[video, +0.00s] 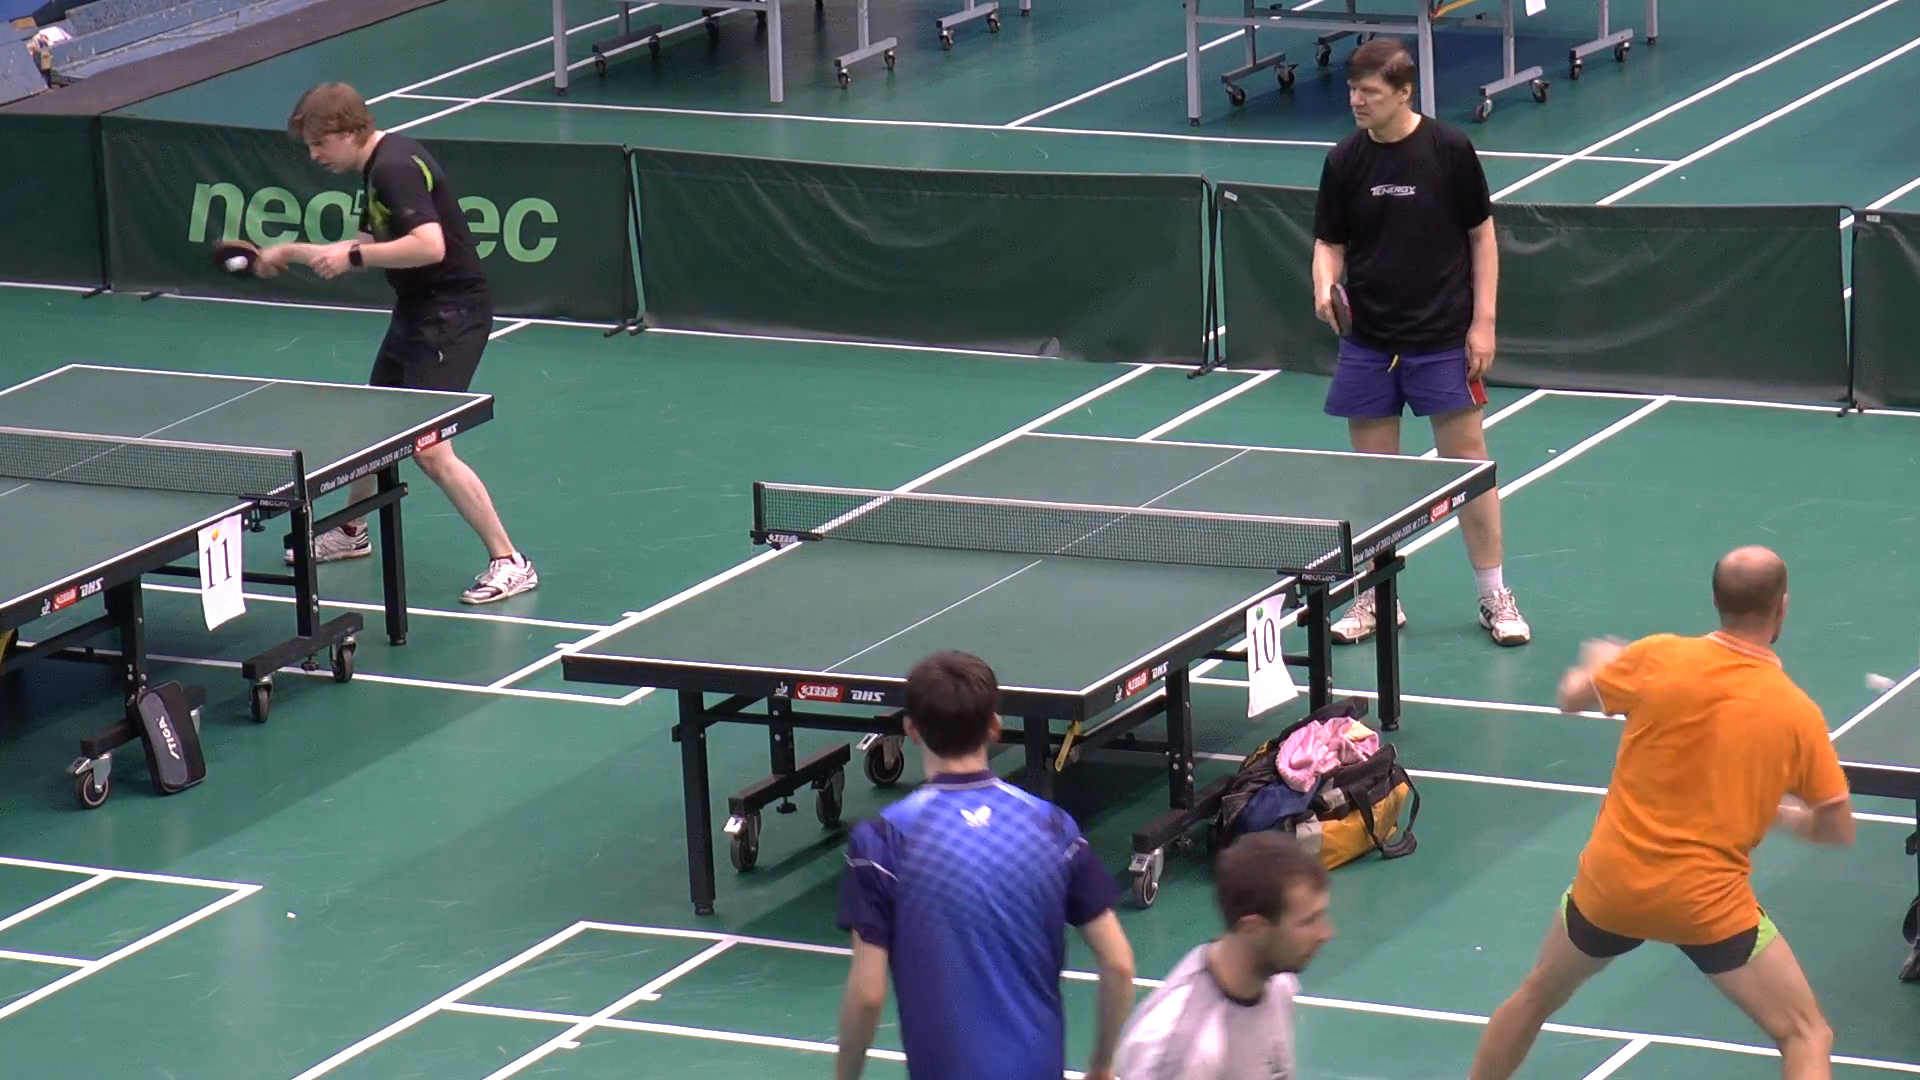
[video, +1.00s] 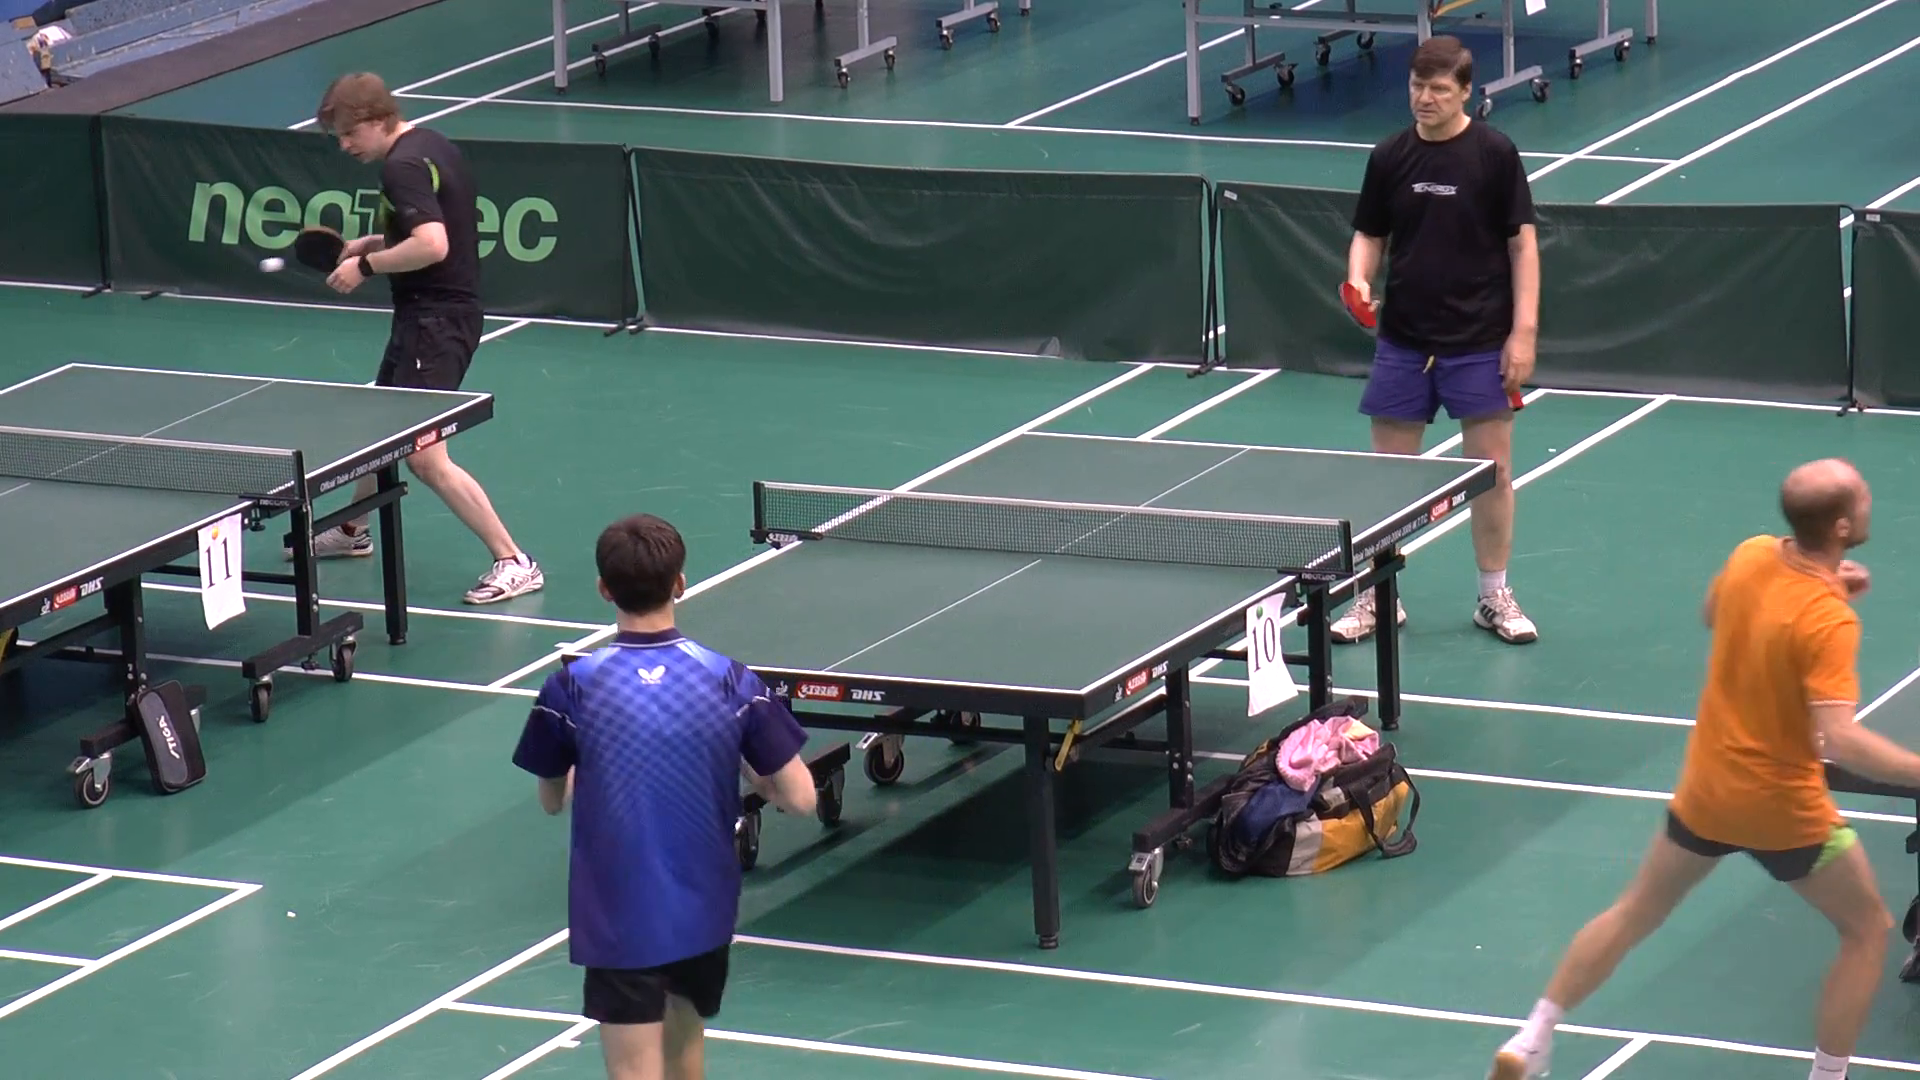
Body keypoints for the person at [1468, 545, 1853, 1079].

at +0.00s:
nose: (1786, 599)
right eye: (1786, 592)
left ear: (1716, 599)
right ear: (1781, 604)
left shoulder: (1658, 657)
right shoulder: (1797, 712)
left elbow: (1570, 698)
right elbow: (1837, 830)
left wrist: (1594, 664)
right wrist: (1774, 805)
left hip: (1610, 883)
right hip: (1706, 900)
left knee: (1534, 997)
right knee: (1805, 1033)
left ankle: (1479, 1076)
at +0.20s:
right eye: (1769, 609)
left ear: (1704, 614)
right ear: (1767, 619)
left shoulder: (1677, 657)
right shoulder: (1797, 690)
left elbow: (1642, 681)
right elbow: (1890, 686)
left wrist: (1550, 696)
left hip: (1612, 890)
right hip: (1707, 904)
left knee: (1525, 991)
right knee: (1785, 1053)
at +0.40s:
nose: (1733, 552)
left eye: (1731, 543)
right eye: (1732, 543)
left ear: (1661, 555)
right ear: (1721, 554)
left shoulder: (1616, 618)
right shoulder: (1756, 644)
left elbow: (1591, 715)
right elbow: (1839, 750)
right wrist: (1915, 778)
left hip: (1593, 835)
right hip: (1681, 850)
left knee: (1561, 953)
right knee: (1767, 1008)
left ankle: (1483, 1054)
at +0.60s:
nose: (1728, 519)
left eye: (1724, 510)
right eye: (1725, 512)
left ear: (1655, 527)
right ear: (1711, 530)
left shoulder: (1598, 583)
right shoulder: (1730, 622)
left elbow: (1513, 666)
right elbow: (1761, 748)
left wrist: (1517, 707)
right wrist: (1831, 797)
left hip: (1588, 823)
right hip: (1672, 835)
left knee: (1546, 944)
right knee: (1780, 949)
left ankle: (1490, 1070)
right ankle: (1758, 1074)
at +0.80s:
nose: (1786, 492)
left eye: (1781, 484)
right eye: (1781, 487)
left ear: (1714, 507)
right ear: (1761, 511)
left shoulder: (1659, 548)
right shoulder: (1754, 608)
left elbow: (1615, 619)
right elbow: (1759, 734)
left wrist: (1688, 601)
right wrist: (1846, 780)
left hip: (1616, 784)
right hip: (1696, 803)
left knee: (1560, 922)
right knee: (1798, 927)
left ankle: (1486, 1061)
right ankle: (1792, 1069)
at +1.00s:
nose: (1868, 497)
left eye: (1861, 491)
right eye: (1861, 495)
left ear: (1797, 522)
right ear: (1842, 527)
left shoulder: (1755, 552)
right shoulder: (1830, 616)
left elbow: (1715, 610)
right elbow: (1840, 739)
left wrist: (1821, 583)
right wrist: (1918, 771)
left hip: (1705, 786)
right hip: (1782, 806)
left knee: (1631, 913)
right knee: (1868, 928)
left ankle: (1529, 1041)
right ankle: (1828, 1073)